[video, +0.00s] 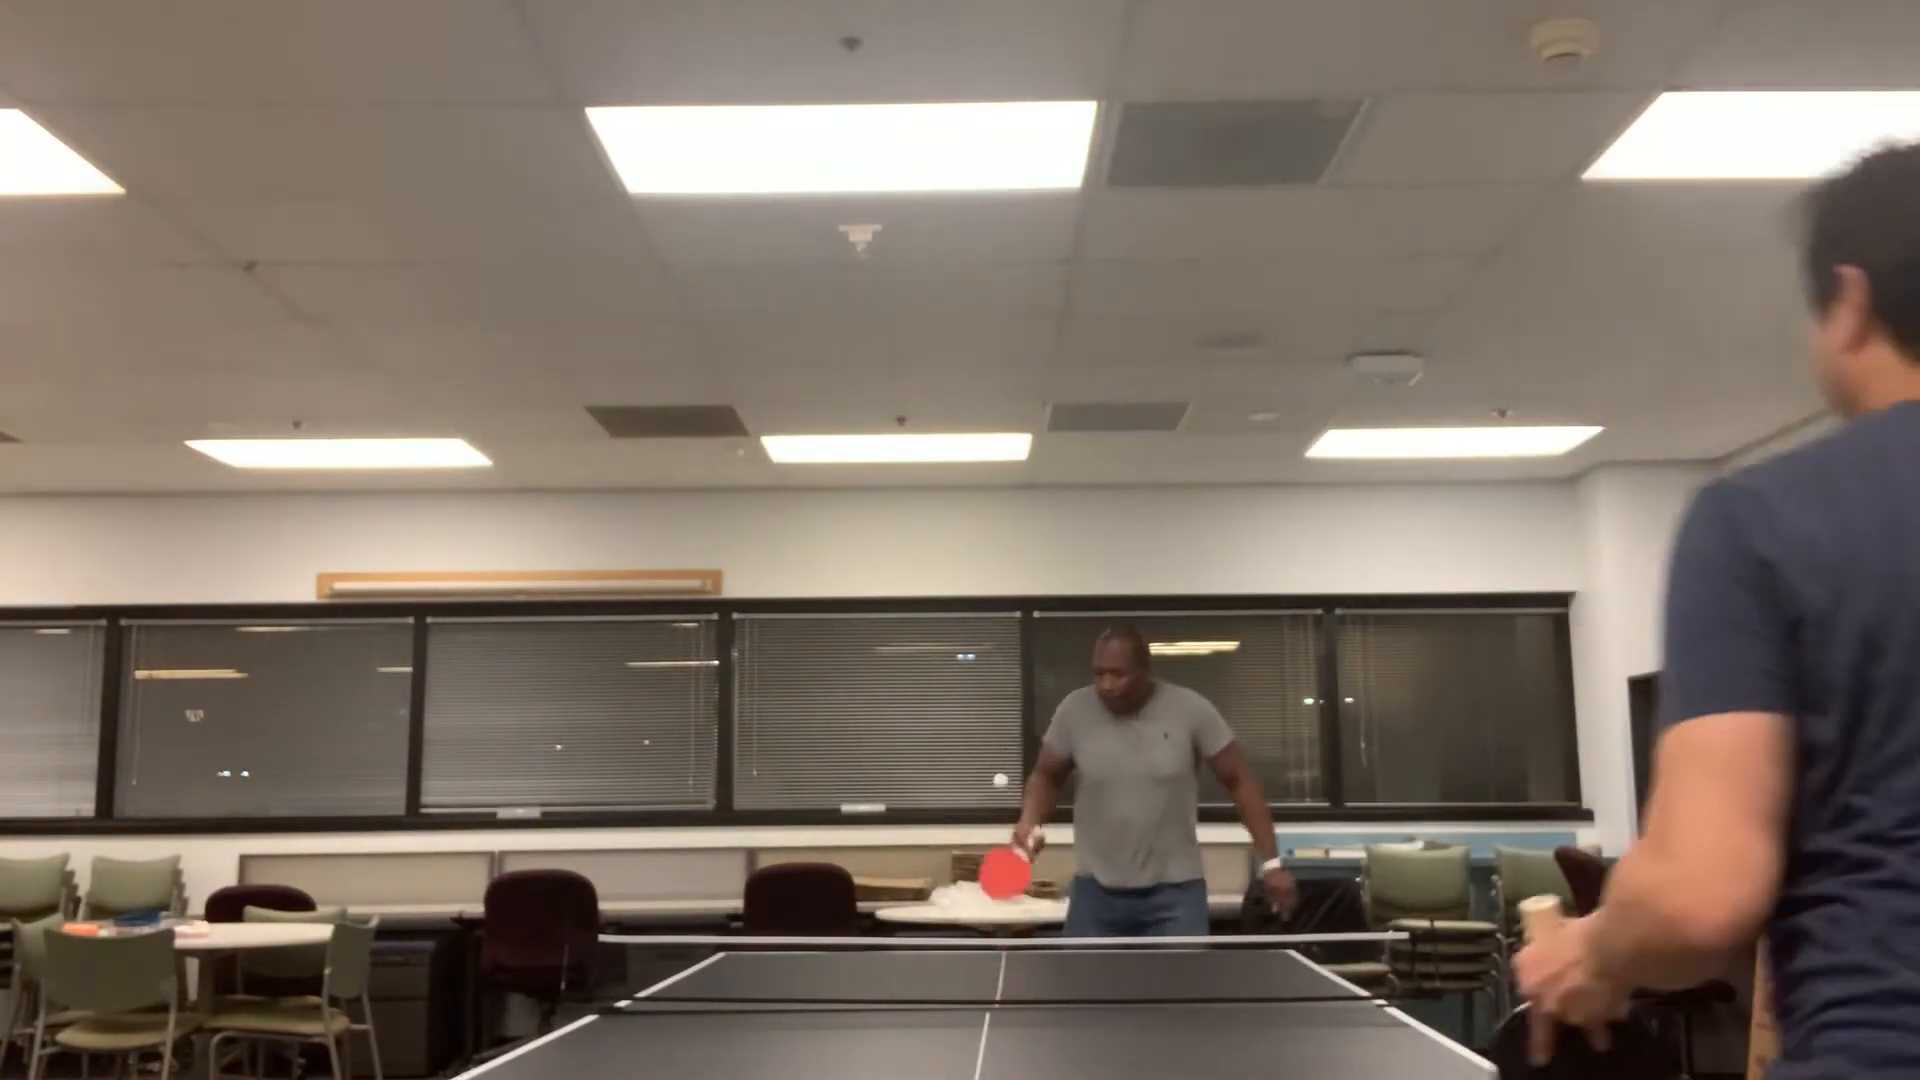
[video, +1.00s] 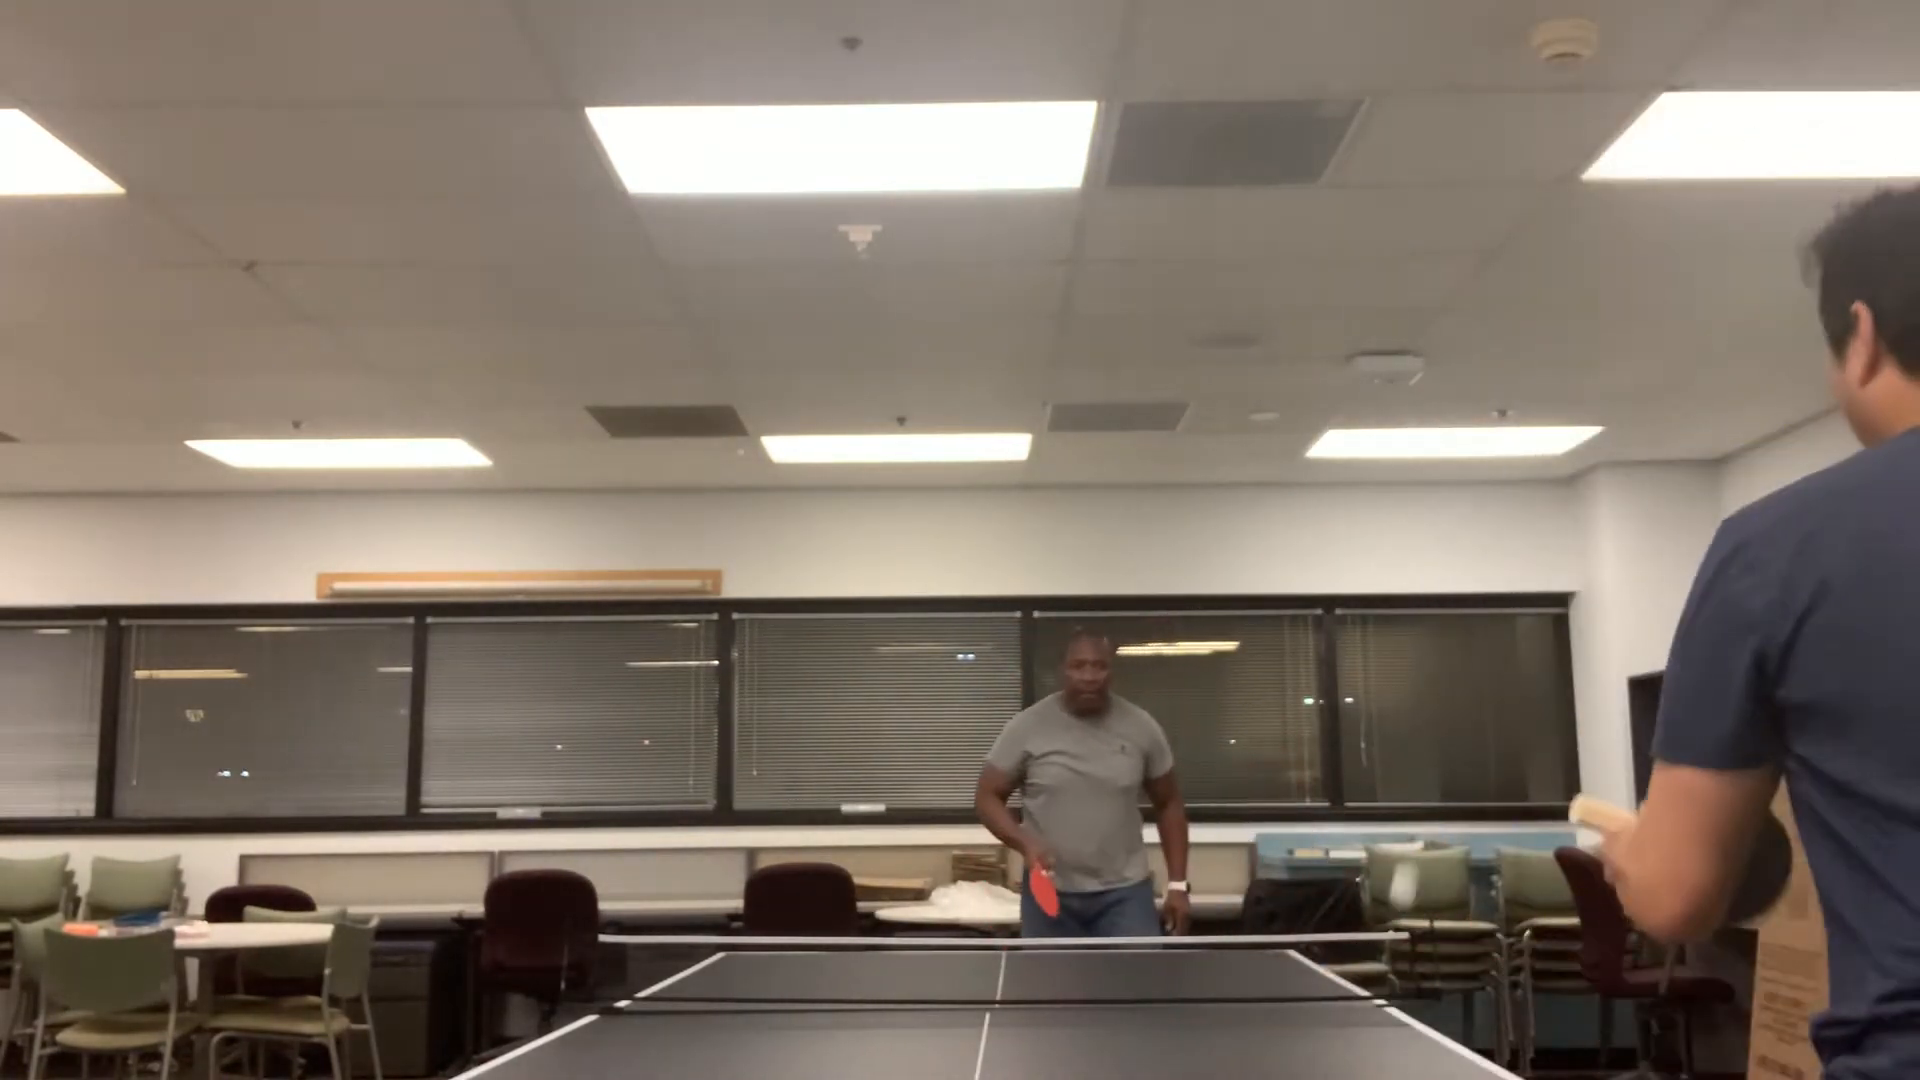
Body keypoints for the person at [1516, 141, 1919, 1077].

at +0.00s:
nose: (1812, 349)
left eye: (1812, 312)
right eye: (1811, 315)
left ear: (1853, 301)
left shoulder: (1772, 517)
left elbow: (1706, 896)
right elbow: (1708, 893)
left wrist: (1593, 959)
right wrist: (1603, 956)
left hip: (1867, 1041)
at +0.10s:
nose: (1680, 313)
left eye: (1678, 279)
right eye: (1676, 283)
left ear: (1711, 270)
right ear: (1898, 262)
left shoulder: (1648, 488)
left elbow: (1606, 888)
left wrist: (1492, 962)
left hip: (1806, 1039)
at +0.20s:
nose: (1571, 289)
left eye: (1566, 251)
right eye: (1566, 255)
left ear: (1600, 241)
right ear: (1802, 231)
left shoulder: (1561, 464)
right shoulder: (1906, 398)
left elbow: (1521, 872)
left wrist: (1378, 945)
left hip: (1739, 1039)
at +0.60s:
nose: (1619, 292)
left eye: (1614, 255)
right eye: (1613, 259)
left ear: (1648, 247)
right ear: (1856, 235)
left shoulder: (1650, 466)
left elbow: (1657, 863)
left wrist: (1415, 1015)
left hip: (1771, 1045)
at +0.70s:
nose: (1726, 303)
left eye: (1722, 265)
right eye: (1721, 269)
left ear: (1760, 255)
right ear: (1913, 239)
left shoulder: (1741, 489)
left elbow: (1724, 886)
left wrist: (1544, 1016)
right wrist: (1557, 1011)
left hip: (1832, 1049)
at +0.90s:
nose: (1841, 353)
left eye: (1839, 319)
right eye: (1837, 321)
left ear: (1874, 301)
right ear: (1882, 296)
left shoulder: (1801, 535)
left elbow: (1694, 924)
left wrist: (1630, 913)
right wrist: (1650, 905)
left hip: (1888, 1045)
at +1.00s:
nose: (1834, 382)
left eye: (1831, 352)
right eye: (1829, 354)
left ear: (1864, 338)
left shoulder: (1789, 548)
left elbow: (1673, 899)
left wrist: (1626, 843)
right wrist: (1652, 841)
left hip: (1888, 1048)